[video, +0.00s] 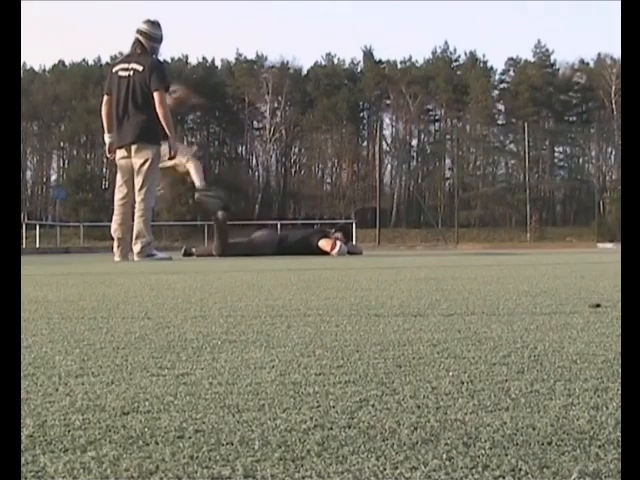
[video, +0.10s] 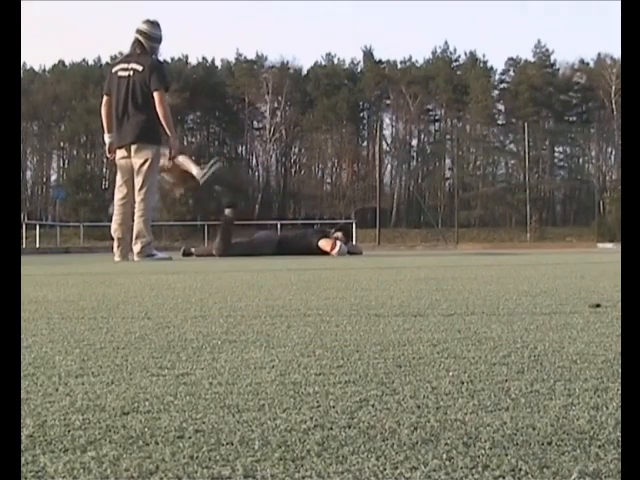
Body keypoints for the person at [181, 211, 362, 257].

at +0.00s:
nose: (338, 244)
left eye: (340, 242)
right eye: (340, 241)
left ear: (335, 234)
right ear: (335, 237)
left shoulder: (320, 235)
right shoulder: (320, 237)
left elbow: (348, 248)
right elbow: (330, 248)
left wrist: (344, 246)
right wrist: (339, 248)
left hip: (270, 237)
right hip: (271, 243)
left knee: (226, 248)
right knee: (223, 250)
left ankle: (193, 252)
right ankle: (221, 216)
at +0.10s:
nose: (337, 245)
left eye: (340, 242)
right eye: (338, 242)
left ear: (335, 236)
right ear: (334, 237)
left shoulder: (322, 238)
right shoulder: (320, 239)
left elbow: (346, 247)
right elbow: (331, 248)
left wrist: (346, 246)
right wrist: (341, 248)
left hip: (271, 241)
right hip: (271, 243)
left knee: (227, 248)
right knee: (222, 251)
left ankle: (193, 252)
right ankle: (228, 215)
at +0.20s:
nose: (336, 244)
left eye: (340, 242)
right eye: (337, 240)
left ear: (341, 240)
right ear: (333, 236)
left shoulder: (327, 239)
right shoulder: (319, 238)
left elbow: (356, 250)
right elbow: (329, 247)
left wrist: (345, 247)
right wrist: (339, 248)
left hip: (274, 245)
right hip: (272, 244)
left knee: (229, 249)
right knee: (221, 250)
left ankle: (193, 252)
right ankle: (234, 214)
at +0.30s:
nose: (337, 243)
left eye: (339, 241)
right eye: (339, 239)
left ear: (338, 238)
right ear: (335, 236)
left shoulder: (326, 239)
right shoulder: (320, 237)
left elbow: (355, 251)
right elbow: (328, 246)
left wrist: (345, 247)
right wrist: (336, 249)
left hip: (272, 243)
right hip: (271, 243)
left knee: (228, 249)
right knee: (221, 251)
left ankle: (194, 252)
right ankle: (237, 217)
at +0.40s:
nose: (337, 244)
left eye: (340, 242)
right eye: (338, 241)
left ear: (338, 238)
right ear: (334, 237)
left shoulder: (326, 238)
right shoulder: (321, 238)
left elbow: (356, 250)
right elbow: (332, 250)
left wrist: (344, 246)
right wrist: (341, 247)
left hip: (273, 243)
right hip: (271, 243)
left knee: (232, 250)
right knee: (221, 249)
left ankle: (194, 251)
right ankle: (242, 217)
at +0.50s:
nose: (338, 243)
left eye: (340, 241)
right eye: (339, 241)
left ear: (338, 238)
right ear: (335, 237)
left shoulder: (326, 239)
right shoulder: (321, 237)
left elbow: (354, 249)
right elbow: (329, 248)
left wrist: (344, 246)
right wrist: (337, 247)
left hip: (272, 245)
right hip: (270, 243)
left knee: (228, 251)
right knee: (220, 248)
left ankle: (193, 251)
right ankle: (245, 218)